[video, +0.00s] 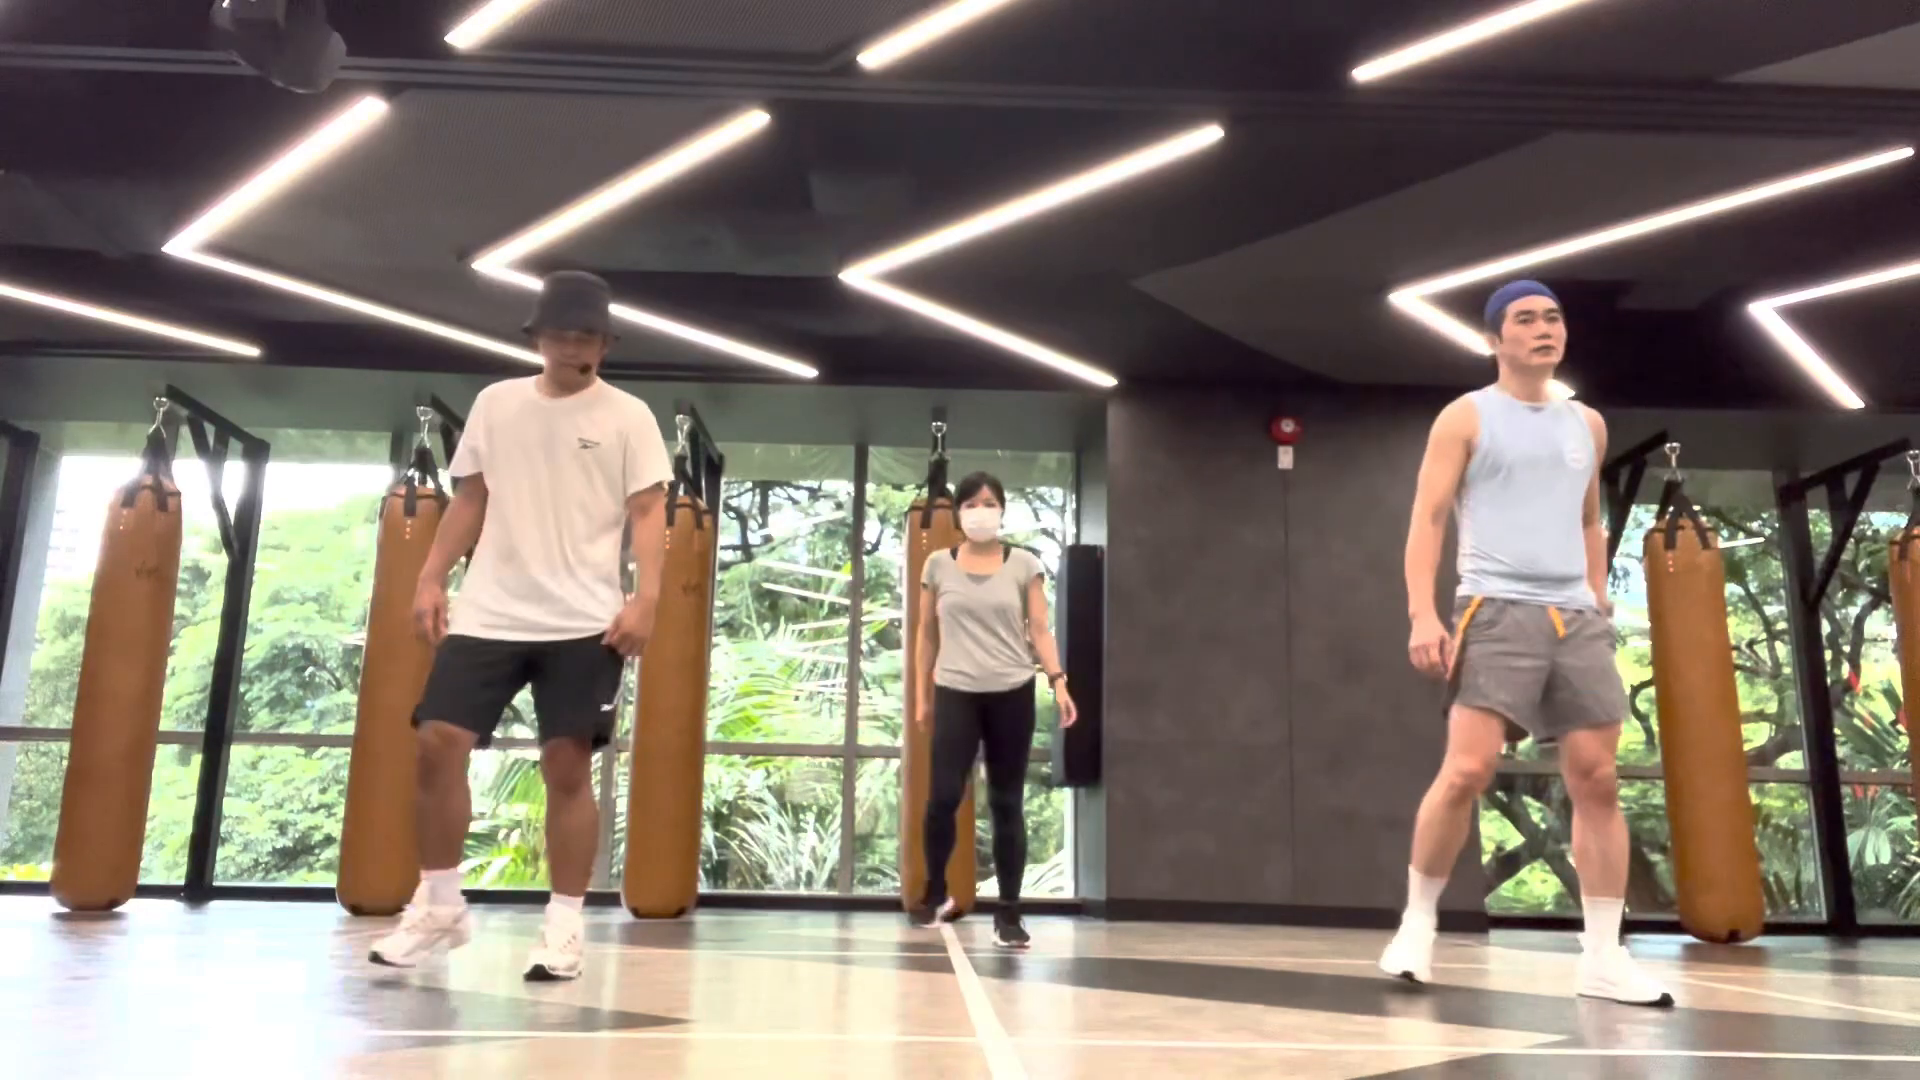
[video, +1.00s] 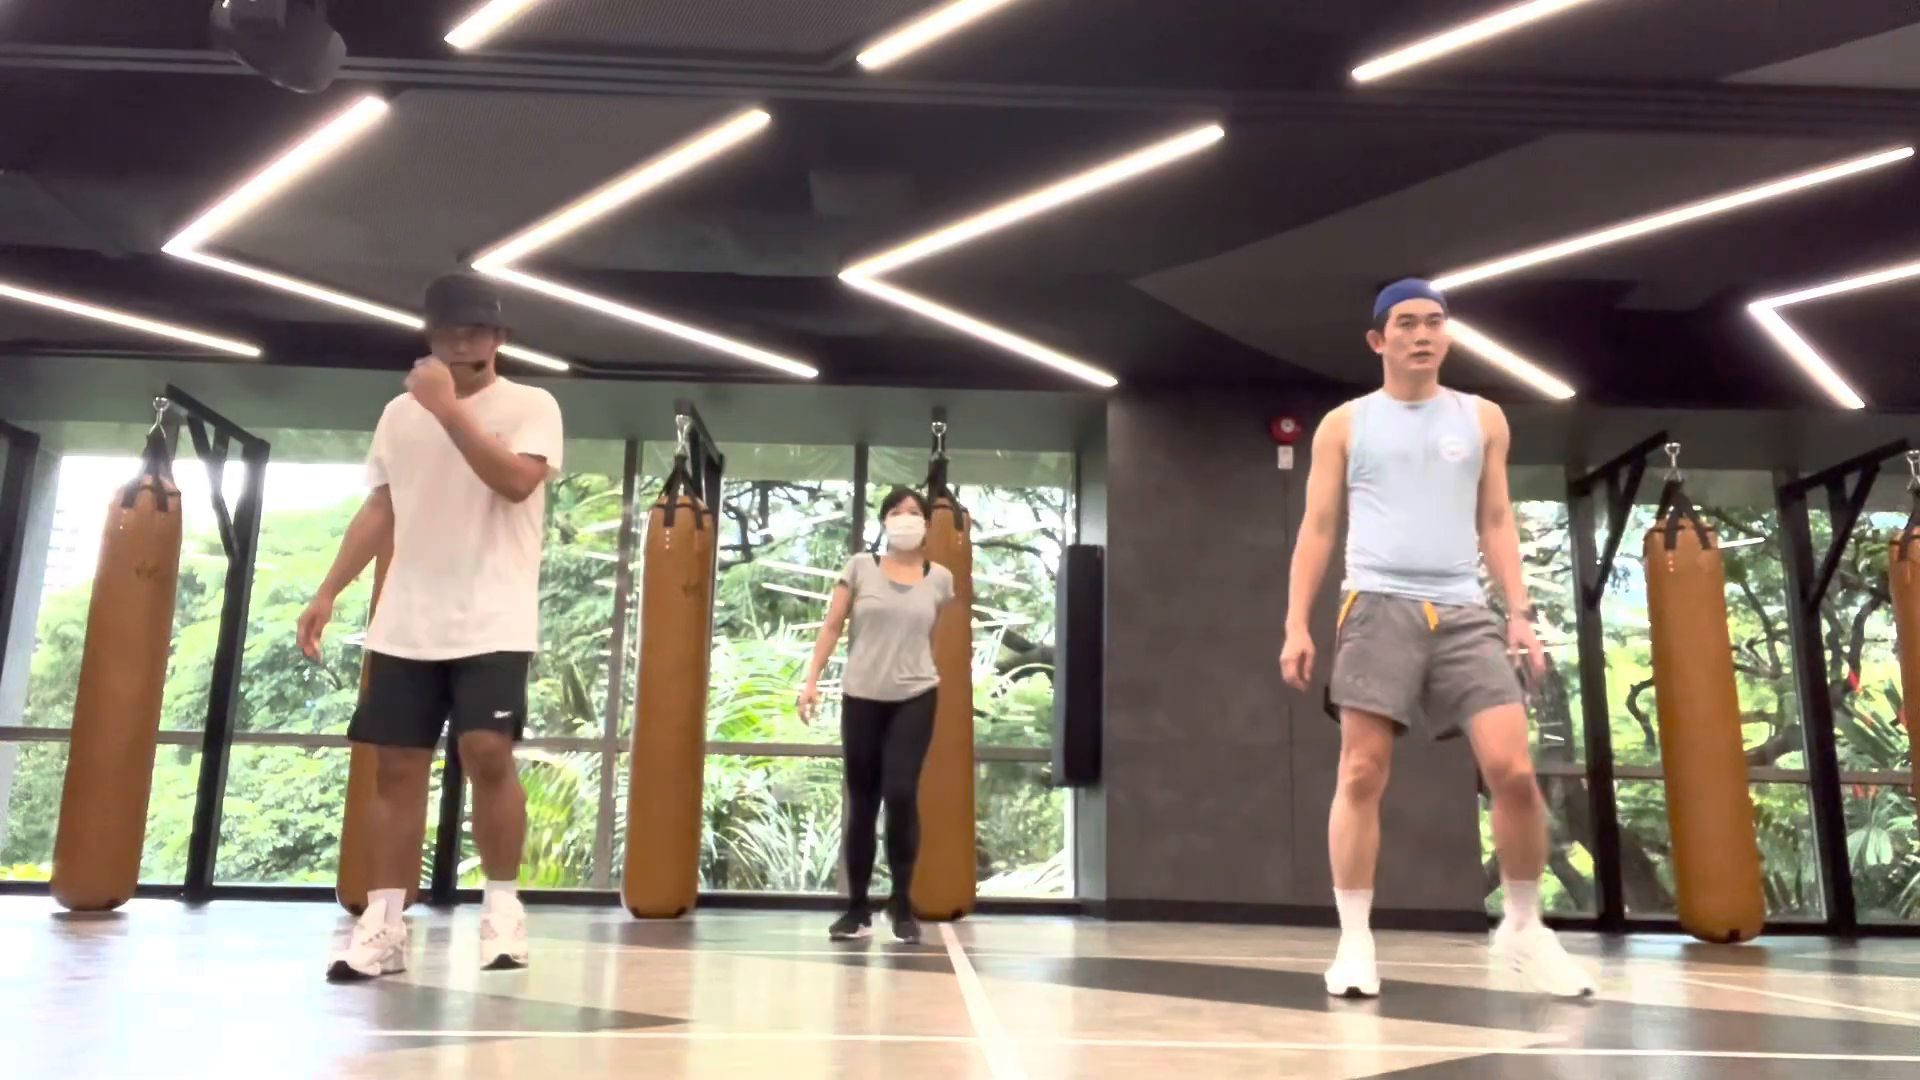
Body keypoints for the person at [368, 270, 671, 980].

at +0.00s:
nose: (575, 350)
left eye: (587, 338)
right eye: (562, 336)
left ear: (604, 339)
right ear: (537, 336)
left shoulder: (629, 416)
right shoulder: (495, 404)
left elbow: (647, 515)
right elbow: (468, 498)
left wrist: (646, 596)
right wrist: (431, 576)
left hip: (580, 621)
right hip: (488, 613)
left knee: (566, 764)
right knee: (436, 742)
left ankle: (564, 927)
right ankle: (440, 907)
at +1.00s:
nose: (472, 347)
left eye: (482, 333)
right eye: (457, 334)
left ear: (500, 335)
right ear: (431, 336)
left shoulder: (532, 406)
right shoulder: (401, 412)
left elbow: (519, 480)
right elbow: (379, 512)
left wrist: (449, 406)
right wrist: (326, 593)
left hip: (494, 621)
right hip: (406, 620)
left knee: (487, 754)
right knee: (397, 766)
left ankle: (501, 911)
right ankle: (385, 924)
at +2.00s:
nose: (591, 323)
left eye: (606, 321)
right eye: (580, 316)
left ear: (626, 349)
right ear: (557, 341)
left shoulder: (646, 422)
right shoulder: (515, 408)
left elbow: (658, 517)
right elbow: (489, 502)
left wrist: (651, 610)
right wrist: (454, 579)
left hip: (594, 625)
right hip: (505, 617)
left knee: (582, 770)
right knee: (486, 752)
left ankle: (582, 928)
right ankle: (519, 914)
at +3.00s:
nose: (460, 327)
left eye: (475, 320)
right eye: (447, 322)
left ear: (502, 341)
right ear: (432, 345)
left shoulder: (539, 405)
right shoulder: (407, 426)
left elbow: (562, 495)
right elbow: (379, 523)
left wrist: (554, 569)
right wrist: (338, 604)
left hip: (499, 616)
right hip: (412, 621)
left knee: (473, 746)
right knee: (410, 769)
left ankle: (455, 922)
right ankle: (400, 925)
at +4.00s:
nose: (599, 327)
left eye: (613, 323)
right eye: (586, 318)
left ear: (631, 349)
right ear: (563, 341)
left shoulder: (649, 420)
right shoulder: (527, 416)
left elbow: (663, 514)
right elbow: (502, 513)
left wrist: (655, 605)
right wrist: (467, 591)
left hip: (600, 622)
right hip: (513, 620)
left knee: (590, 763)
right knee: (475, 750)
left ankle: (602, 924)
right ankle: (530, 902)